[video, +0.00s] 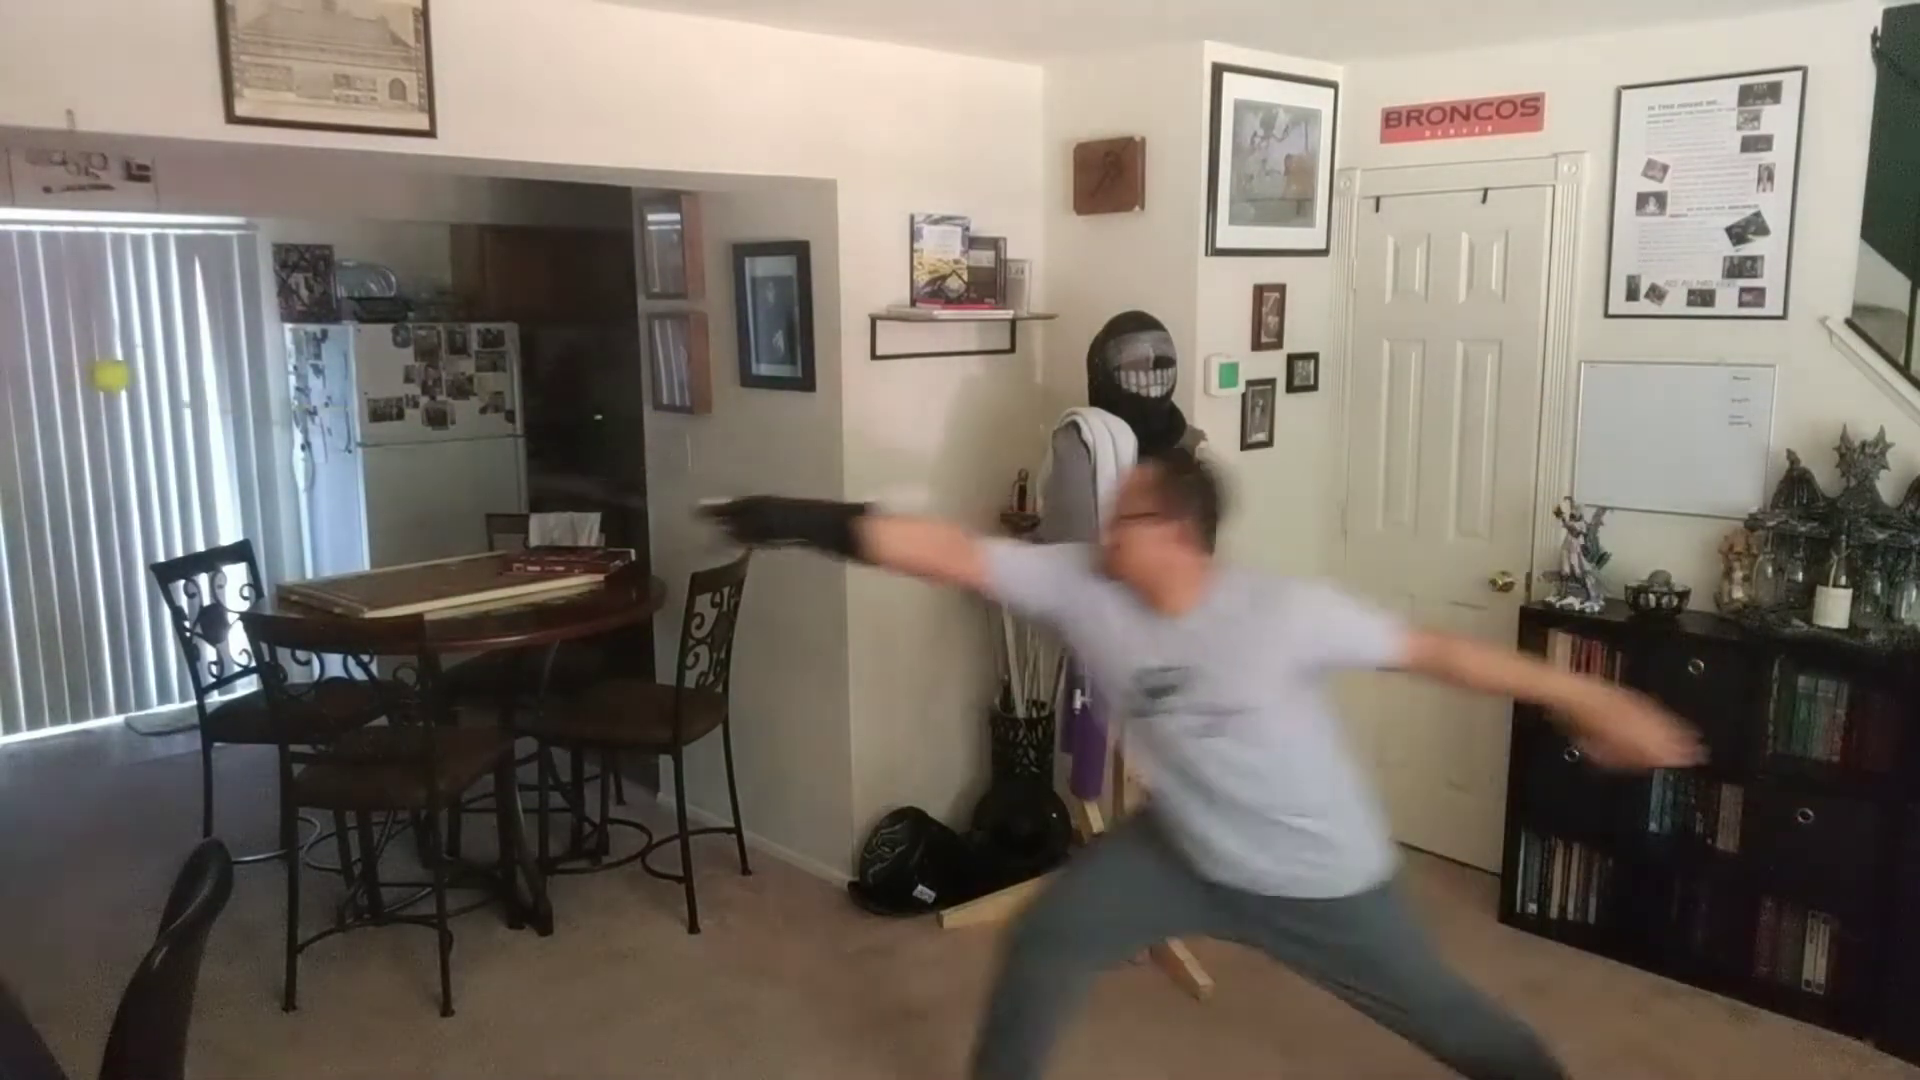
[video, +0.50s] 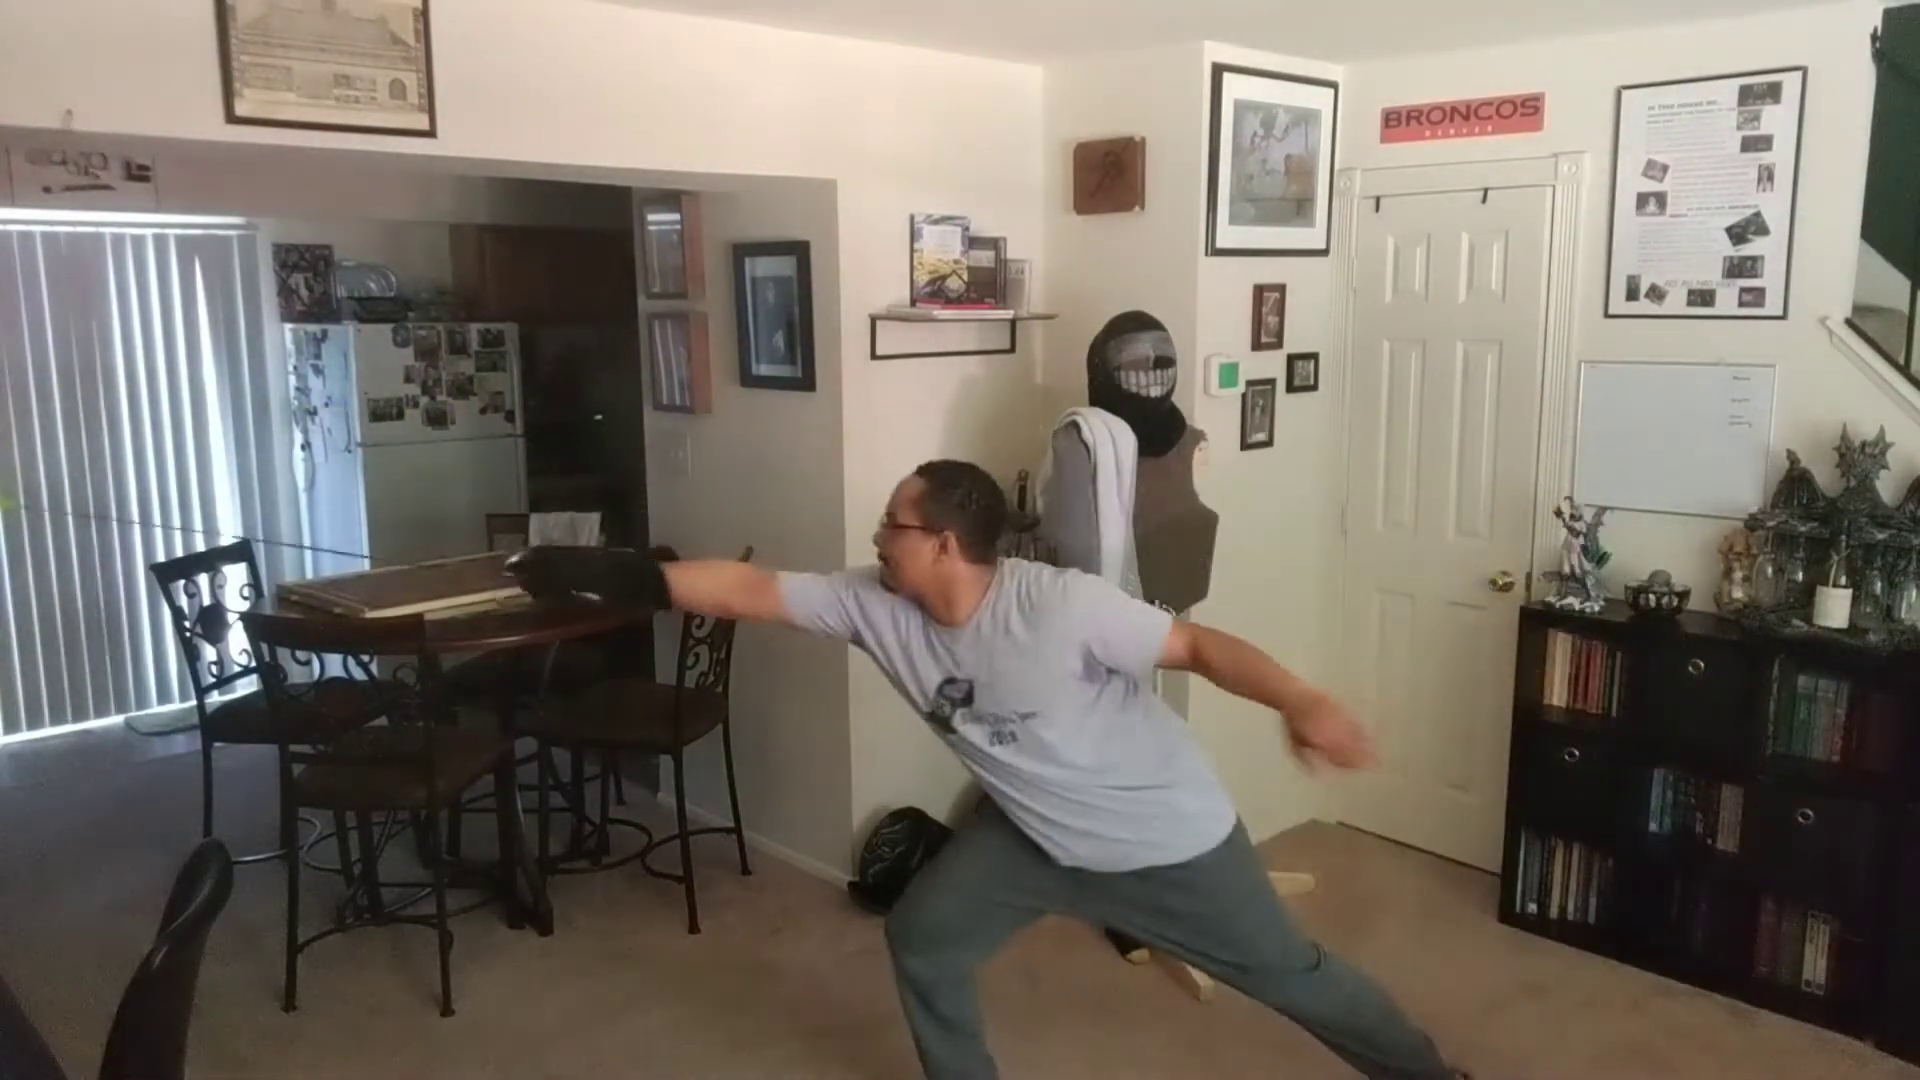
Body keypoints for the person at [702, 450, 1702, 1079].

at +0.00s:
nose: (1113, 530)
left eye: (1134, 517)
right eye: (1114, 515)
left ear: (1188, 531)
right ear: (1125, 529)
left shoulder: (1282, 614)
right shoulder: (1090, 592)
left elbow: (1438, 655)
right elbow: (949, 554)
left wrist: (1583, 699)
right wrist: (817, 525)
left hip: (1327, 886)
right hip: (1181, 857)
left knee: (1463, 1027)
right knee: (1050, 935)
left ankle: (1542, 1070)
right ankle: (999, 1075)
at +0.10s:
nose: (1008, 539)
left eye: (1029, 528)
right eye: (1013, 522)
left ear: (1086, 546)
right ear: (1031, 537)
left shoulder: (1184, 627)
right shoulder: (989, 602)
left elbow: (1329, 669)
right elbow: (853, 566)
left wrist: (1477, 715)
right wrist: (710, 533)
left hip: (1251, 869)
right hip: (1101, 854)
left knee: (1375, 1006)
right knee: (974, 945)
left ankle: (1478, 1068)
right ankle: (974, 1074)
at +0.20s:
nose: (939, 556)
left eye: (958, 544)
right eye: (944, 540)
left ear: (1014, 561)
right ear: (970, 555)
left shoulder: (1115, 628)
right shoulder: (927, 614)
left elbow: (1257, 674)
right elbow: (792, 579)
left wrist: (1402, 726)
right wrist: (668, 551)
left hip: (1201, 861)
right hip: (1058, 851)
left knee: (1340, 1003)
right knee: (938, 938)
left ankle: (1439, 1070)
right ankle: (971, 1076)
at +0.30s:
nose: (895, 553)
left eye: (913, 542)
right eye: (901, 538)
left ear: (967, 561)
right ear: (935, 553)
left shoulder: (1073, 623)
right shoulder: (891, 611)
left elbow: (1221, 668)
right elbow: (764, 586)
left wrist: (1364, 719)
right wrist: (682, 571)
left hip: (1175, 848)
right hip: (1035, 840)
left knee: (1305, 984)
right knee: (920, 937)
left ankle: (1422, 1072)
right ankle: (966, 1076)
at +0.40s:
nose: (875, 553)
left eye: (892, 540)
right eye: (880, 538)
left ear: (945, 554)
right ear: (919, 551)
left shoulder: (1054, 615)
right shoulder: (879, 610)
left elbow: (1202, 656)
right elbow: (742, 588)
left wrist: (1338, 710)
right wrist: (618, 566)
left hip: (1165, 839)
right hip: (1027, 835)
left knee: (1298, 976)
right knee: (916, 934)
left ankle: (1421, 1071)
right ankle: (967, 1078)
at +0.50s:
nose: (878, 546)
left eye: (895, 532)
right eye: (883, 530)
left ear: (949, 544)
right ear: (922, 542)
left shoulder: (1057, 607)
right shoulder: (884, 607)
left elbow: (1195, 645)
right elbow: (751, 592)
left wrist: (1302, 702)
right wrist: (636, 568)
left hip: (1165, 835)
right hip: (1029, 830)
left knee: (1292, 974)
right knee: (922, 934)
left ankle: (1423, 1068)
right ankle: (966, 1078)